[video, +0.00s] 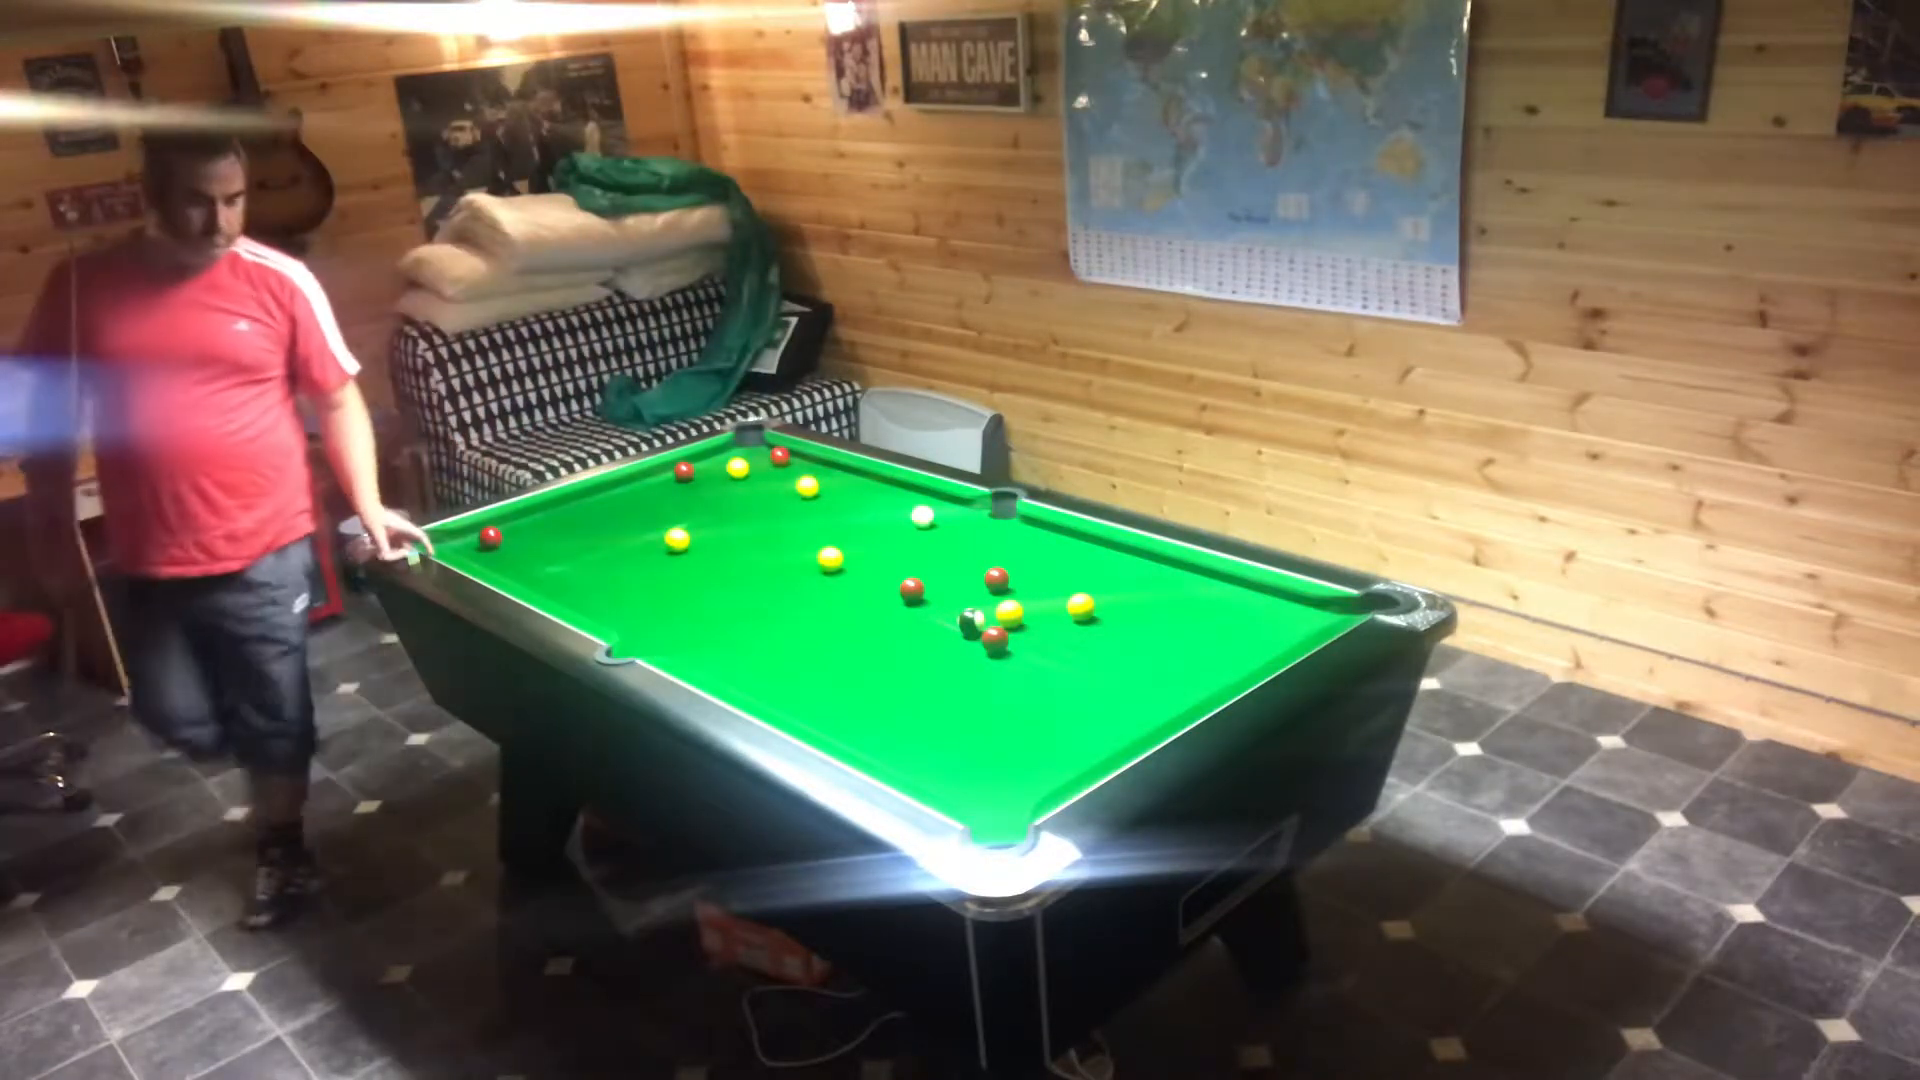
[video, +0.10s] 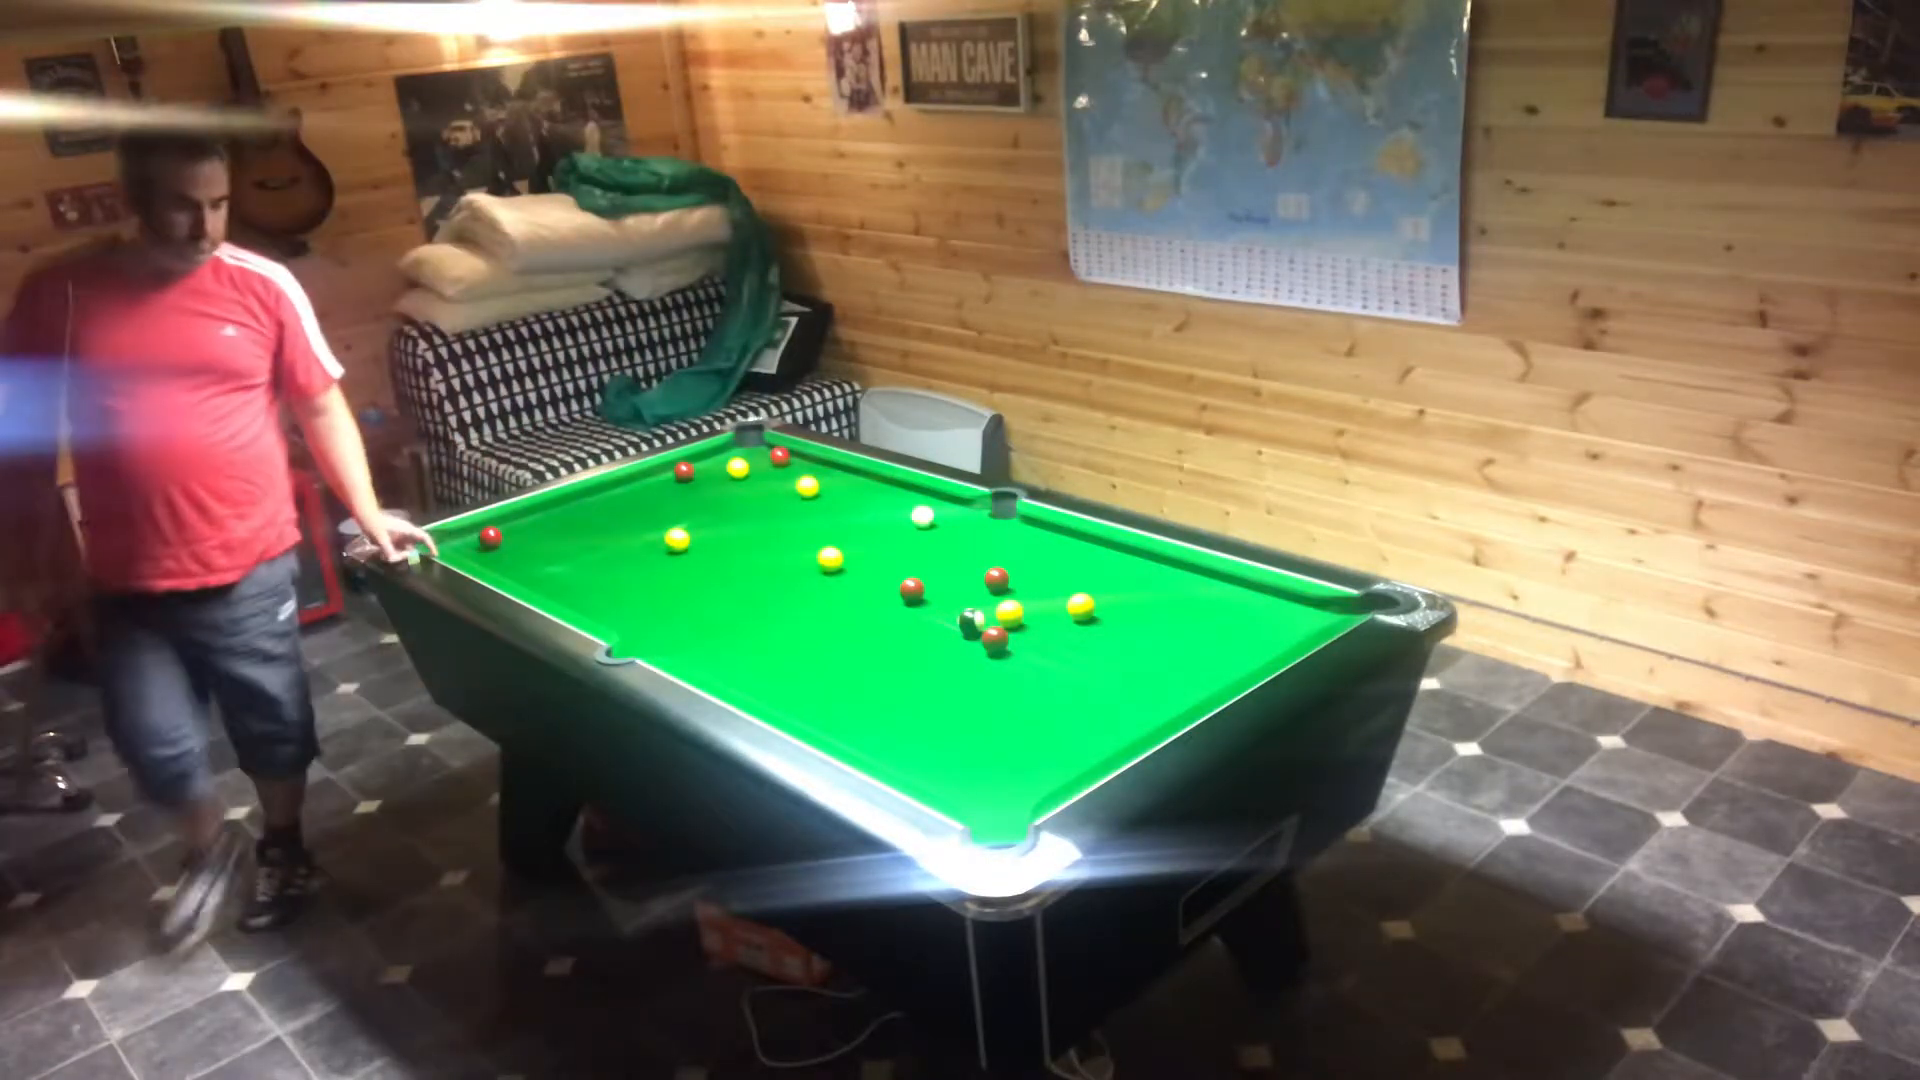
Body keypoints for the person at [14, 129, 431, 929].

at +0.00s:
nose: (222, 219)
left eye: (235, 199)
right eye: (200, 203)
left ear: (247, 191)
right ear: (153, 198)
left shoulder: (282, 284)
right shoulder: (85, 289)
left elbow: (338, 398)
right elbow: (45, 428)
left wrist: (369, 504)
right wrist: (60, 544)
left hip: (262, 555)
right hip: (148, 563)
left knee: (273, 722)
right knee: (179, 719)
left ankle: (282, 852)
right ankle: (270, 752)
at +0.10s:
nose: (205, 224)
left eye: (218, 204)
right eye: (183, 207)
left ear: (232, 194)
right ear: (135, 202)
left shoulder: (267, 291)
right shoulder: (63, 297)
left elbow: (323, 407)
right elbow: (25, 442)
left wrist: (367, 511)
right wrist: (52, 555)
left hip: (248, 573)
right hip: (130, 583)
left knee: (275, 729)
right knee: (154, 746)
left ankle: (285, 848)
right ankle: (211, 847)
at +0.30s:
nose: (171, 240)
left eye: (182, 220)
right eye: (148, 224)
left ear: (189, 210)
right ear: (83, 218)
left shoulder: (224, 308)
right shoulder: (26, 326)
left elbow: (293, 419)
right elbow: (17, 462)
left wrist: (359, 519)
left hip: (224, 607)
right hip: (100, 627)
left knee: (264, 752)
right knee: (139, 806)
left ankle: (281, 849)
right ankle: (157, 984)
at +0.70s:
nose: (121, 254)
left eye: (122, 233)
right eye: (97, 237)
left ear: (120, 231)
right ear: (23, 244)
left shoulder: (144, 338)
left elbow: (208, 464)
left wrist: (281, 572)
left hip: (177, 673)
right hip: (40, 706)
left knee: (216, 849)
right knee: (104, 893)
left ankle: (242, 915)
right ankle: (159, 1018)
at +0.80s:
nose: (125, 261)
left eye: (124, 239)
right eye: (100, 244)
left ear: (120, 236)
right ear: (28, 253)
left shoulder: (138, 347)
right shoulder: (5, 376)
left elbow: (193, 479)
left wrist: (241, 600)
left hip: (177, 683)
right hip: (40, 717)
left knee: (218, 872)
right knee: (104, 902)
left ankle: (257, 1026)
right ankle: (160, 1018)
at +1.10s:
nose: (181, 293)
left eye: (178, 270)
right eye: (163, 271)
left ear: (107, 281)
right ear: (90, 281)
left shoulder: (175, 390)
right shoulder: (9, 406)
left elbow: (221, 535)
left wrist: (260, 665)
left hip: (214, 749)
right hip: (66, 785)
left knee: (260, 1012)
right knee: (120, 957)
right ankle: (151, 1027)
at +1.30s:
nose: (225, 288)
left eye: (220, 262)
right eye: (207, 263)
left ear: (141, 273)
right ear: (131, 273)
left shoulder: (212, 388)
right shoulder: (11, 402)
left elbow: (279, 545)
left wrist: (346, 697)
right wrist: (5, 840)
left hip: (274, 801)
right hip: (116, 841)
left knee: (291, 1040)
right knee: (187, 1062)